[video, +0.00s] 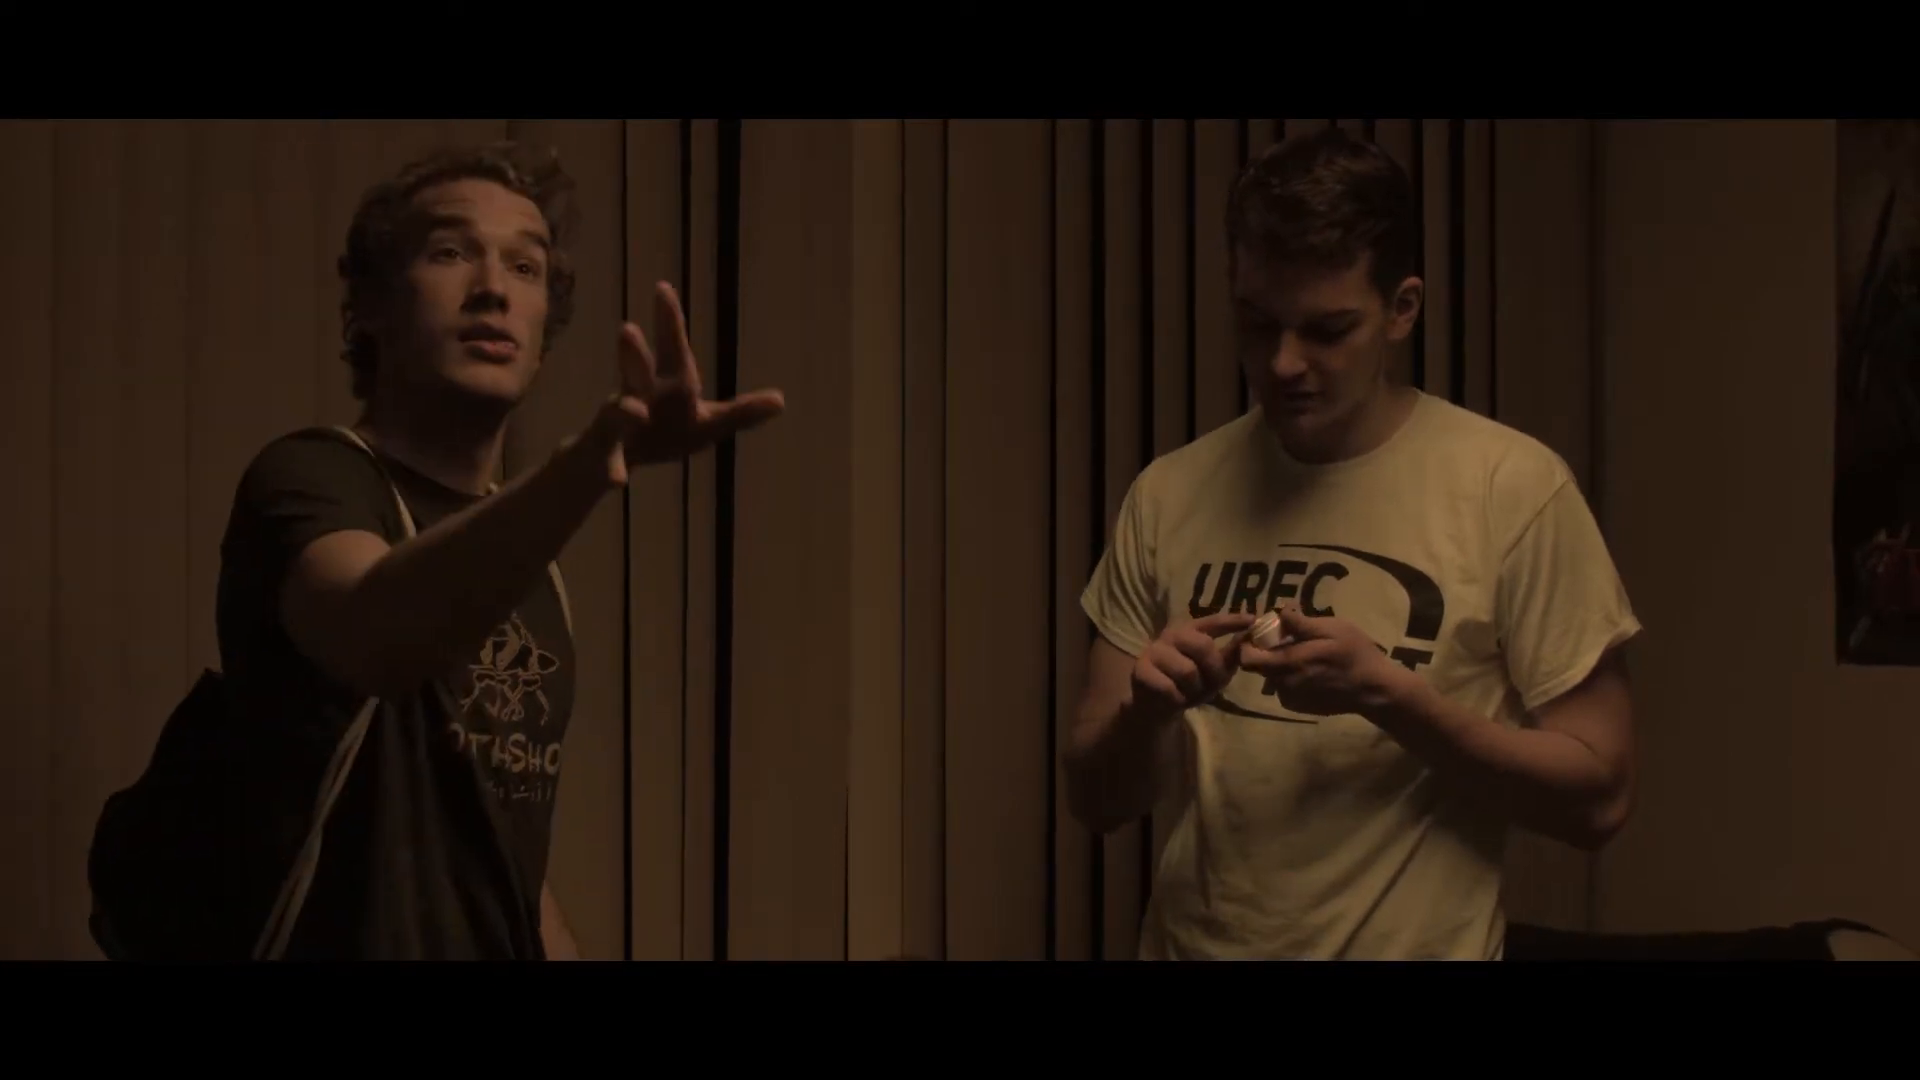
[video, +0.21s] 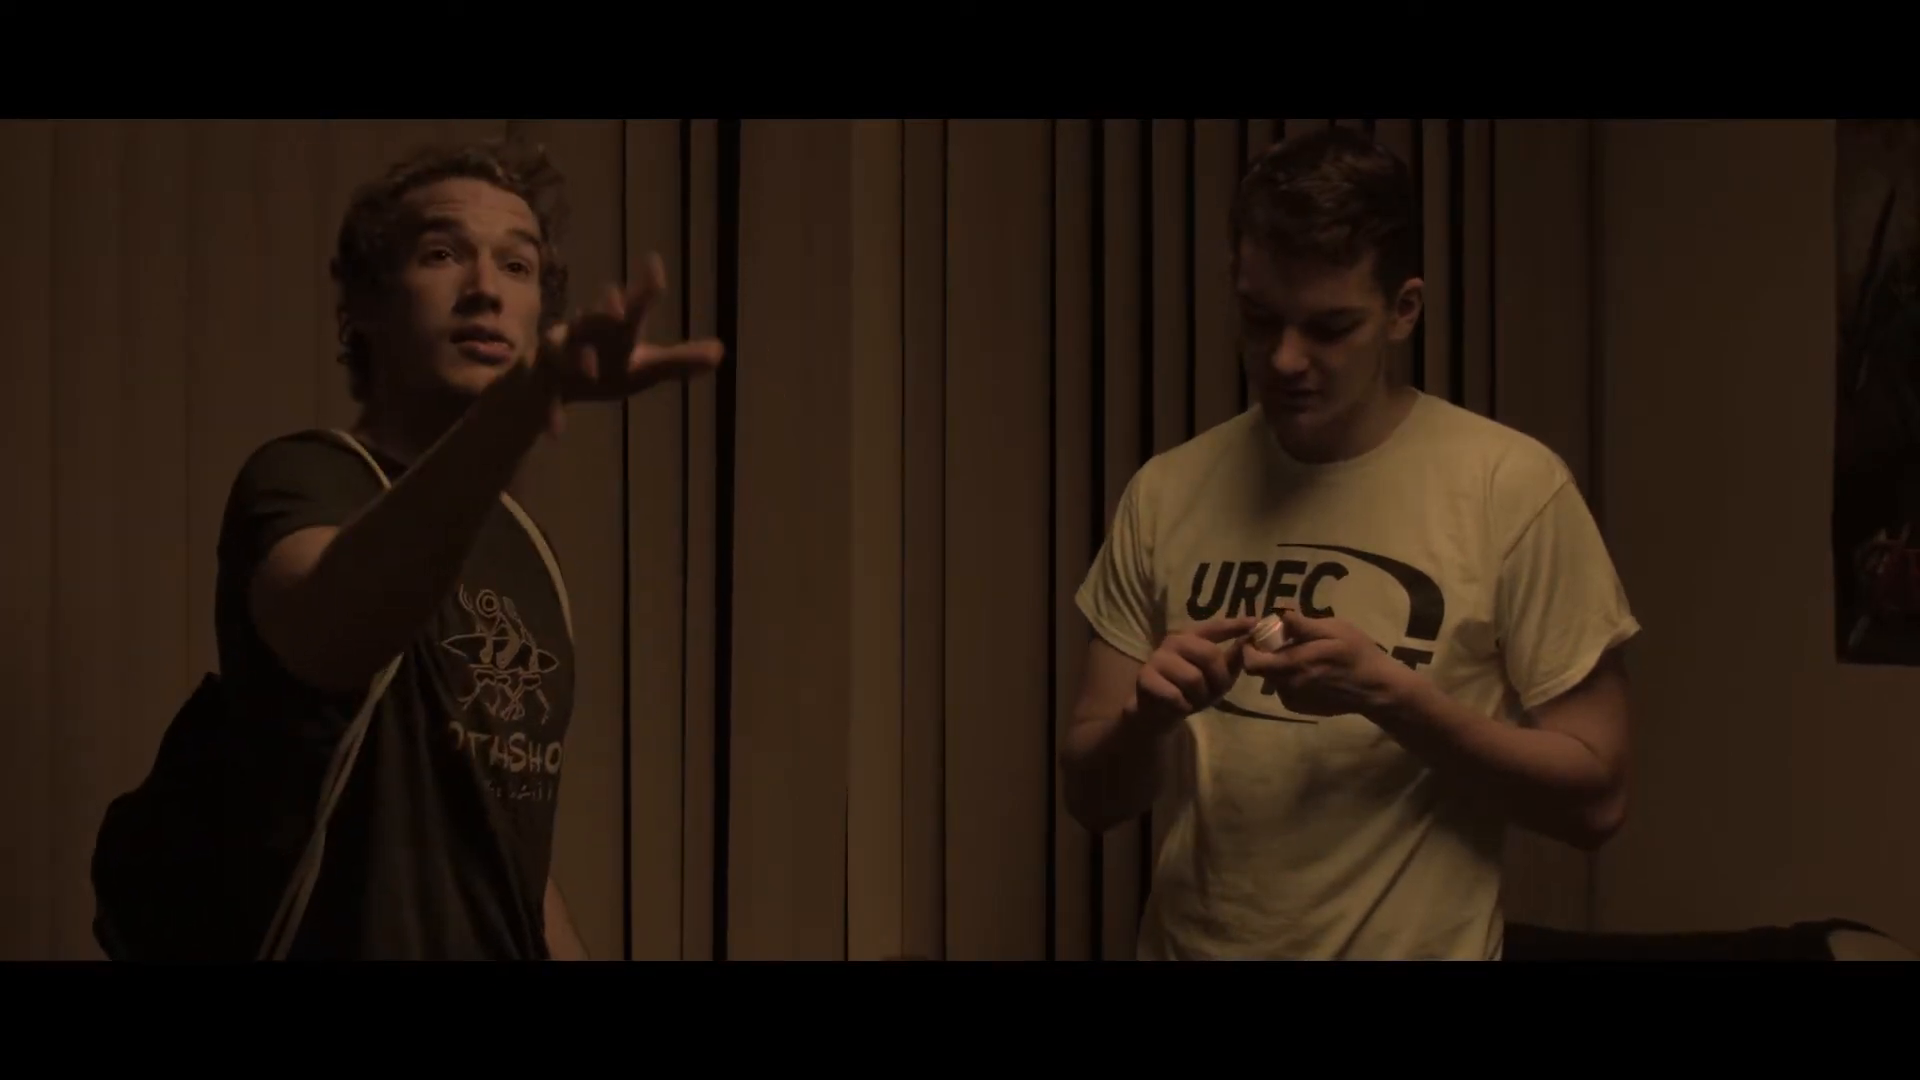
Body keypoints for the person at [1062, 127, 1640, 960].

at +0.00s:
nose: (1287, 365)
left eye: (1328, 331)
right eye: (1260, 327)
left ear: (1403, 311)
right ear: (1237, 306)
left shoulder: (1515, 492)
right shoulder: (1167, 497)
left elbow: (1597, 797)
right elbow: (1091, 802)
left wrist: (1393, 693)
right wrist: (1144, 713)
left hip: (1417, 945)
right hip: (1194, 943)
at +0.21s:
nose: (1288, 362)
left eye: (1330, 328)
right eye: (1262, 322)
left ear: (1404, 310)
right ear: (1240, 299)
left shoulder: (1514, 492)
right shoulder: (1165, 495)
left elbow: (1594, 798)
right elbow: (1089, 799)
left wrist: (1397, 694)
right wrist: (1147, 716)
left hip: (1416, 945)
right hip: (1193, 942)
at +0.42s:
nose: (1289, 356)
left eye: (1331, 322)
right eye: (1262, 317)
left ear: (1404, 308)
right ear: (1239, 296)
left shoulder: (1513, 491)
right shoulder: (1164, 495)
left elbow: (1595, 798)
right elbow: (1089, 798)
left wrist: (1396, 694)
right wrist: (1153, 724)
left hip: (1417, 945)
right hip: (1193, 941)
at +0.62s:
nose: (1298, 339)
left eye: (1339, 301)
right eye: (1270, 297)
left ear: (1405, 299)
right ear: (1238, 286)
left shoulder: (1513, 492)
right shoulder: (1160, 497)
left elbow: (1595, 797)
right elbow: (1088, 798)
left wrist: (1390, 693)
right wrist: (1158, 724)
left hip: (1418, 945)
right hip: (1195, 941)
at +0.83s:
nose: (1297, 328)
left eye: (1338, 290)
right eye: (1269, 286)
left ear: (1404, 295)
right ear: (1236, 285)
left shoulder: (1511, 490)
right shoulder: (1159, 497)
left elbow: (1595, 796)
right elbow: (1090, 796)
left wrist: (1388, 692)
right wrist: (1166, 726)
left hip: (1418, 945)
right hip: (1193, 941)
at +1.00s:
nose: (1287, 320)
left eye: (1330, 283)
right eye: (1260, 280)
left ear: (1400, 292)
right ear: (1231, 283)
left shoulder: (1510, 490)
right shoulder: (1159, 498)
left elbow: (1594, 794)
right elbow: (1092, 798)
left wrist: (1382, 693)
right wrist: (1176, 713)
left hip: (1418, 945)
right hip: (1191, 943)